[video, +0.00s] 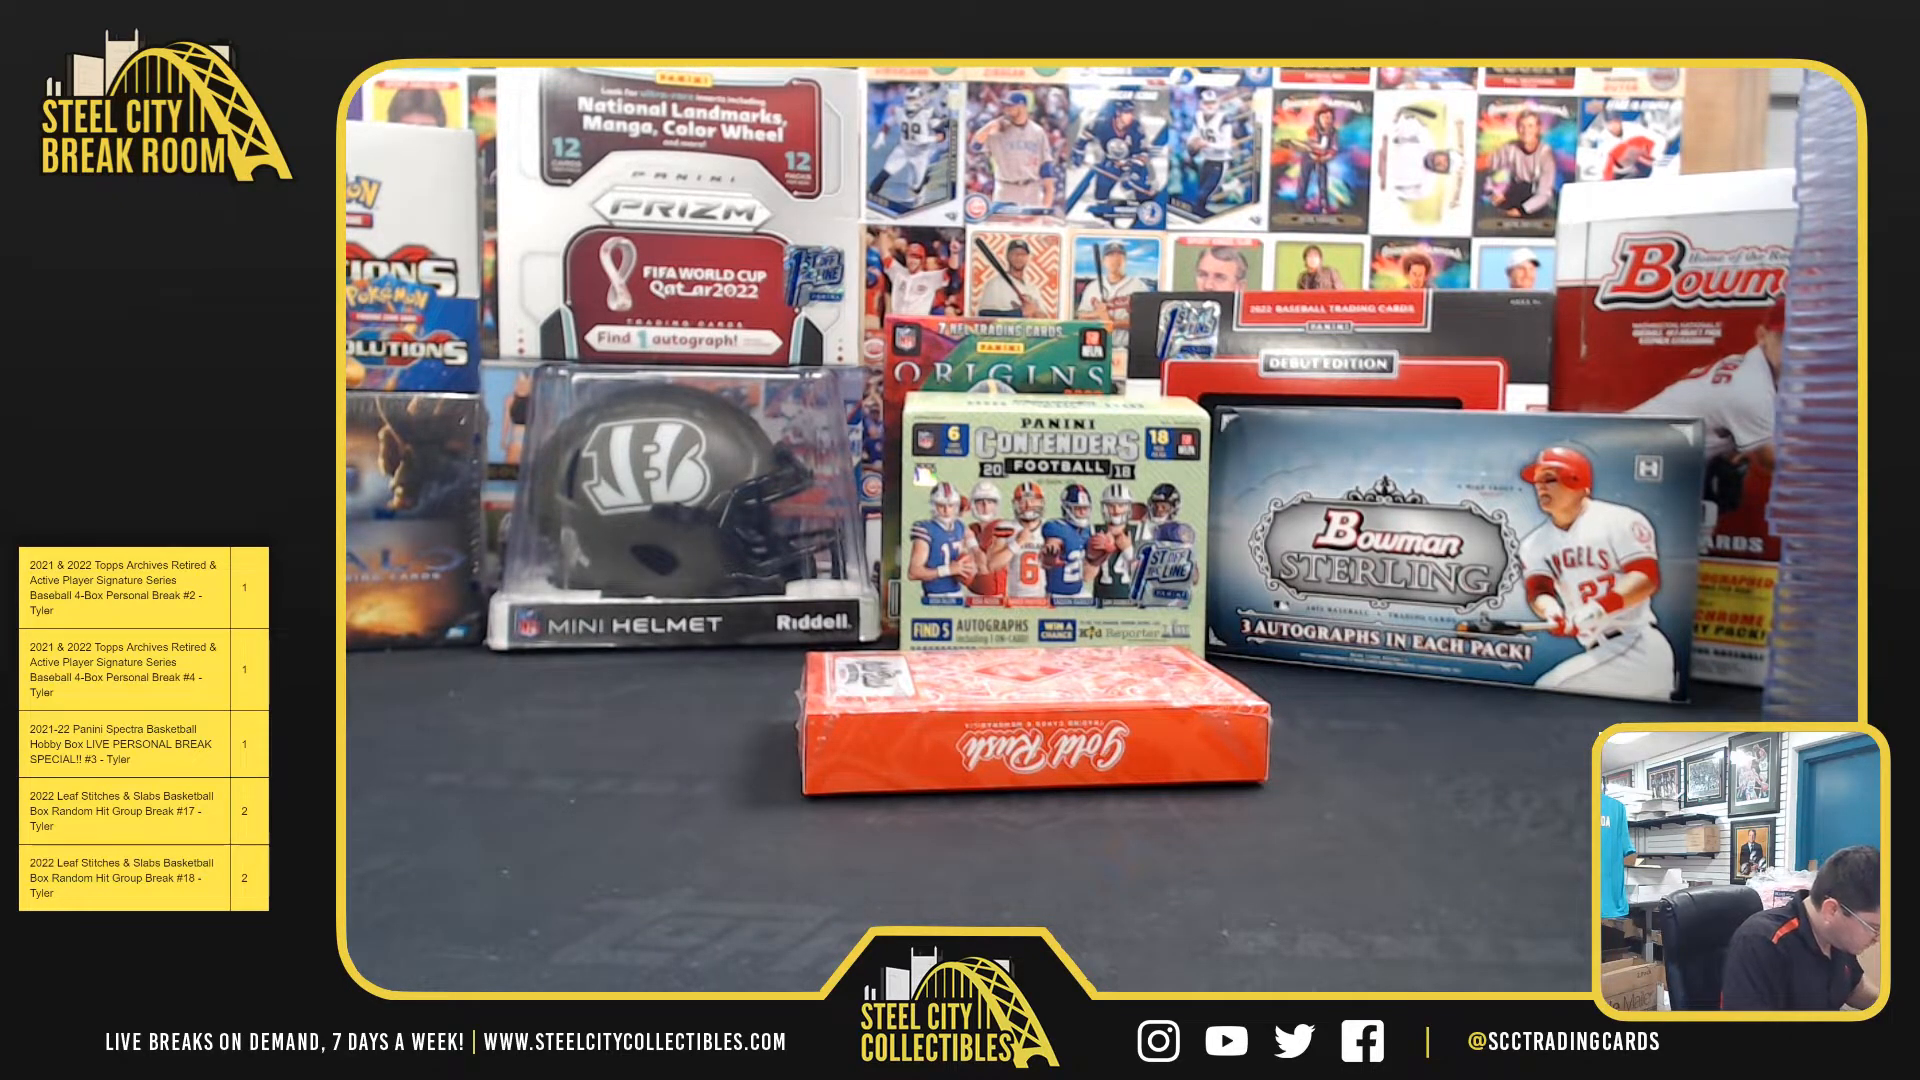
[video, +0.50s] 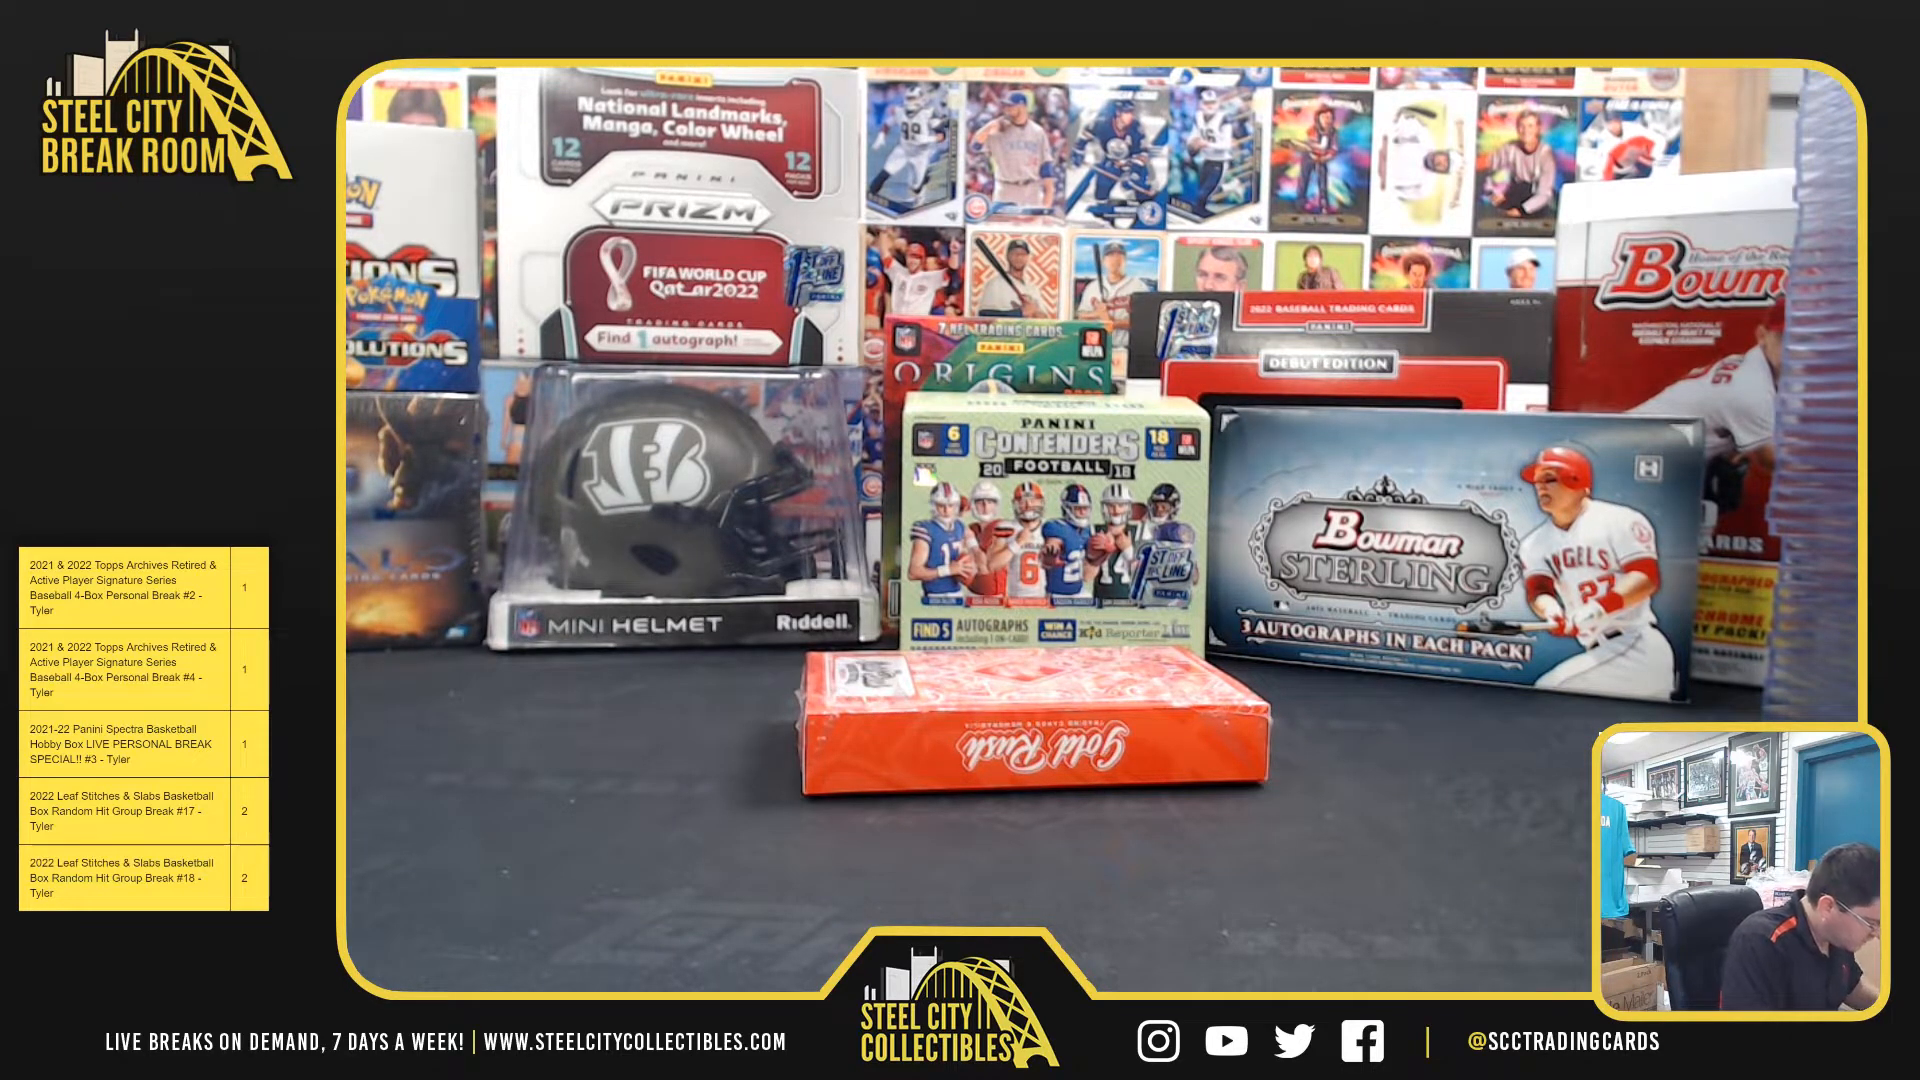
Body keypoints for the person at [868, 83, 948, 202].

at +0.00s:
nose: (910, 103)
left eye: (913, 99)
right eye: (908, 99)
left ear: (920, 100)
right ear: (905, 100)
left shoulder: (928, 114)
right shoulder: (899, 113)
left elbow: (942, 135)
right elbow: (887, 125)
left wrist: (928, 139)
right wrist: (881, 138)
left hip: (921, 153)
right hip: (903, 150)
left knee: (915, 187)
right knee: (885, 173)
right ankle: (868, 198)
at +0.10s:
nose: (910, 103)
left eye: (913, 99)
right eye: (908, 99)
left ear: (921, 100)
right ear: (905, 100)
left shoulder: (928, 114)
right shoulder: (900, 113)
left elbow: (942, 135)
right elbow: (887, 125)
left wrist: (928, 139)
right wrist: (881, 138)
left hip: (921, 153)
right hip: (903, 150)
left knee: (915, 187)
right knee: (885, 173)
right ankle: (868, 197)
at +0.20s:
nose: (910, 103)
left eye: (913, 99)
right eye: (908, 99)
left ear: (921, 100)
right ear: (905, 100)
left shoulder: (928, 114)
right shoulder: (900, 113)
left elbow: (942, 135)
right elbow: (887, 125)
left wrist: (928, 139)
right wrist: (881, 138)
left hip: (921, 153)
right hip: (903, 150)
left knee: (915, 187)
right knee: (885, 173)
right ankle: (868, 197)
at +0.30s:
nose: (910, 103)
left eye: (913, 99)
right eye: (908, 99)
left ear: (921, 100)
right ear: (905, 100)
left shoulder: (928, 114)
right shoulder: (900, 113)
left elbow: (942, 135)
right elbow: (887, 125)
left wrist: (928, 139)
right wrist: (881, 138)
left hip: (921, 153)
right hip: (903, 150)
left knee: (915, 187)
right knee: (885, 173)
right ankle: (868, 197)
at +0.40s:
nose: (910, 103)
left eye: (913, 99)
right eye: (908, 99)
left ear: (920, 100)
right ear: (905, 100)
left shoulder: (928, 114)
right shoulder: (899, 113)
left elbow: (942, 135)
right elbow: (887, 125)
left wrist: (928, 139)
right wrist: (881, 138)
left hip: (921, 153)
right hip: (903, 150)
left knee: (915, 187)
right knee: (885, 173)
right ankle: (868, 198)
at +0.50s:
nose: (910, 102)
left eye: (913, 99)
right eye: (908, 99)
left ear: (920, 100)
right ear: (905, 100)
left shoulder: (928, 114)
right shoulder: (900, 113)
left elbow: (942, 135)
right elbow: (887, 125)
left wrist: (928, 139)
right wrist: (881, 138)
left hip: (921, 153)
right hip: (903, 150)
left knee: (915, 186)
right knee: (885, 173)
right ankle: (868, 197)